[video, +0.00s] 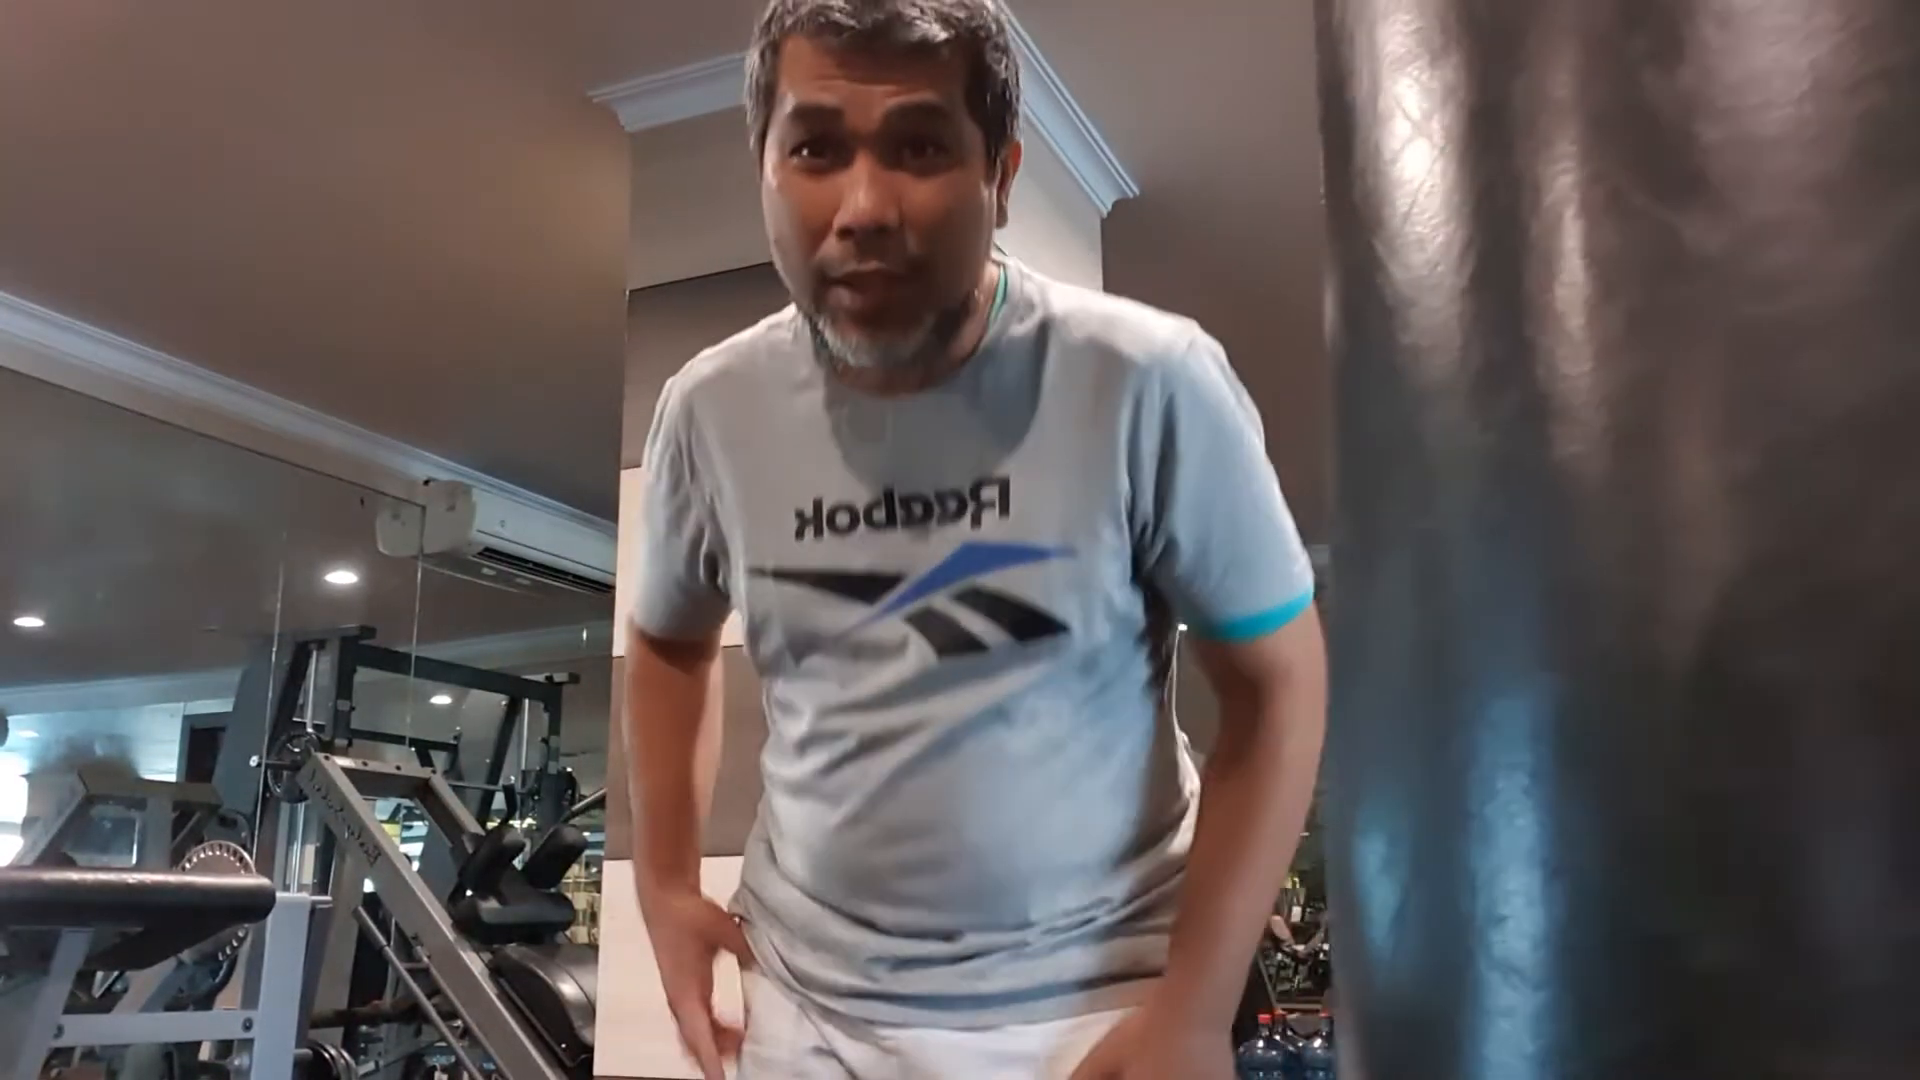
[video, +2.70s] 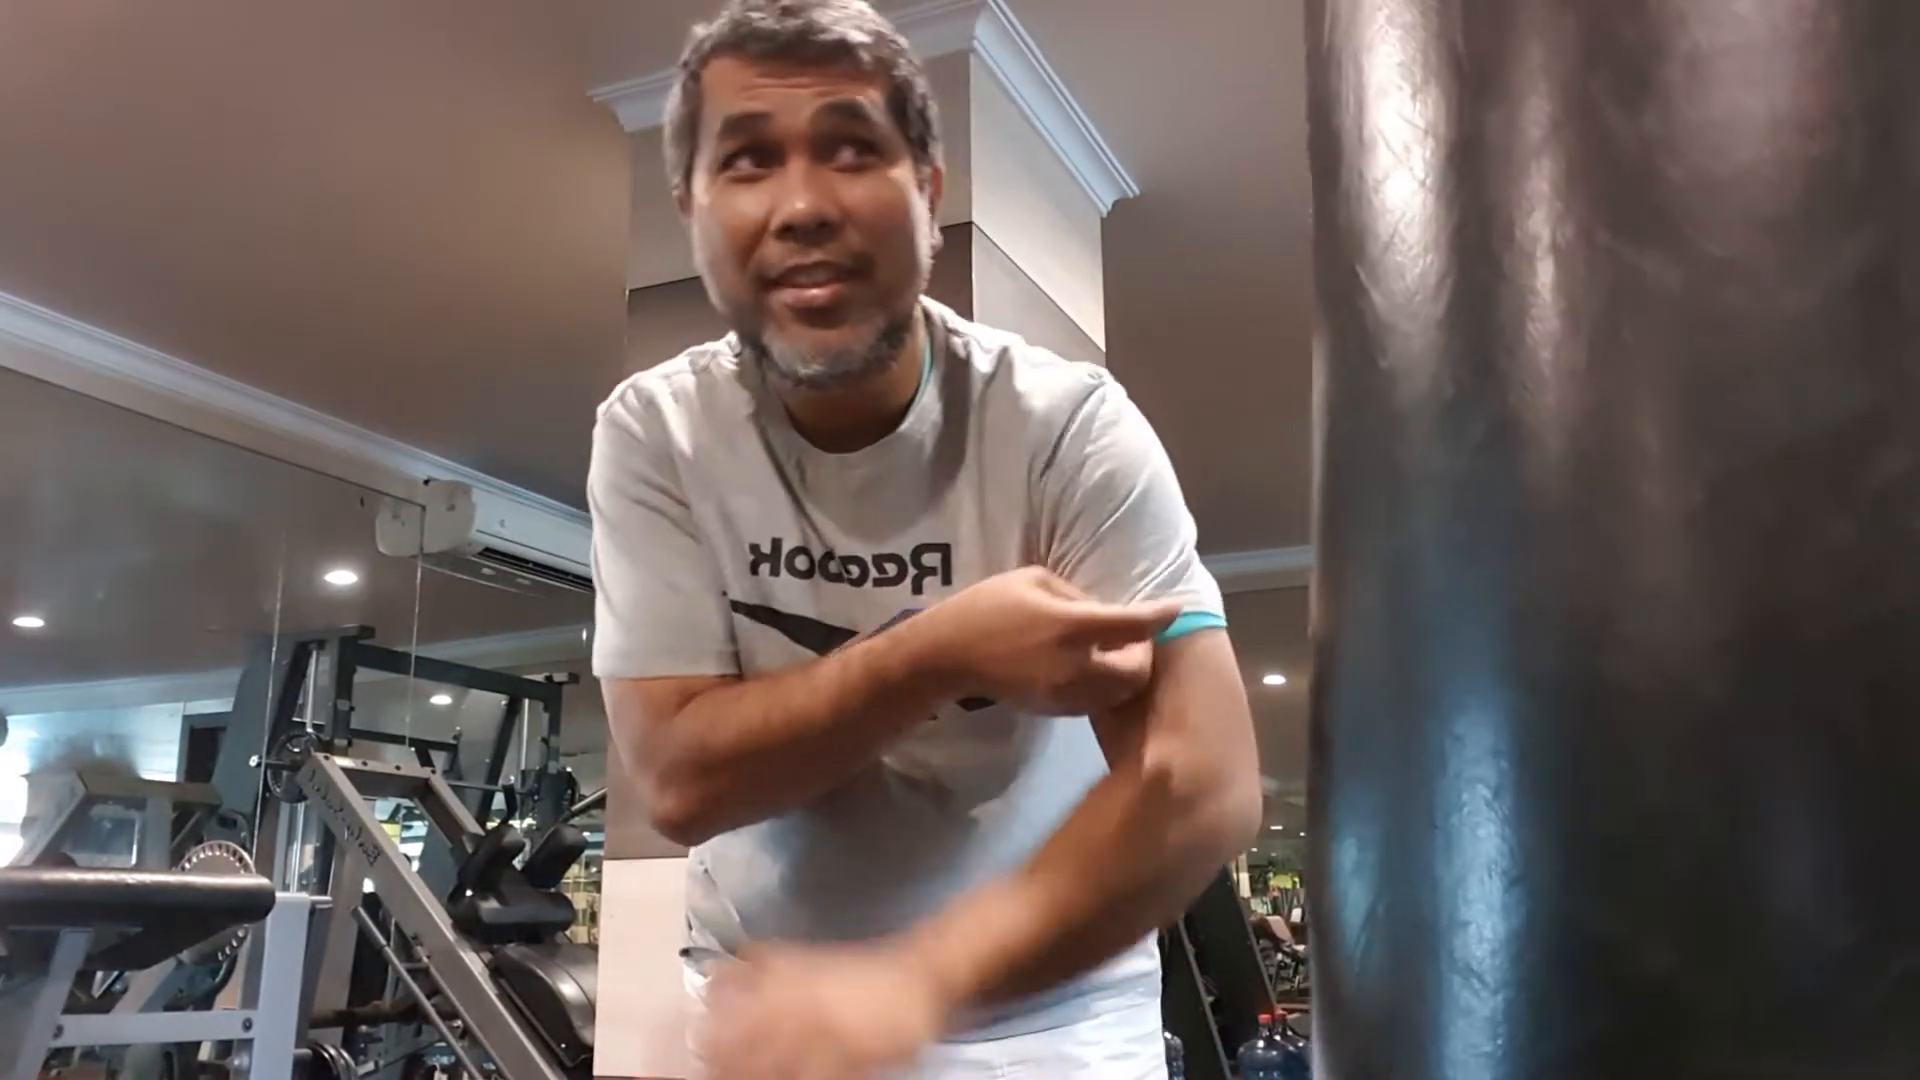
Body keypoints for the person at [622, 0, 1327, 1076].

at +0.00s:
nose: (864, 210)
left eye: (920, 152)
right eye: (818, 151)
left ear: (1002, 170)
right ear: (761, 167)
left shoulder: (1153, 382)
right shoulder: (710, 413)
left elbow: (1279, 683)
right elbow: (666, 644)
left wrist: (1195, 1008)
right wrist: (667, 887)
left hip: (1092, 1013)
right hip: (809, 1009)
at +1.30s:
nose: (869, 214)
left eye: (925, 162)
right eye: (821, 159)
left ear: (1005, 204)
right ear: (765, 197)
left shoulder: (1125, 439)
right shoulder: (686, 437)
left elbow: (1223, 815)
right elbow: (603, 733)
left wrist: (1204, 1067)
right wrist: (760, 936)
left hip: (1063, 1000)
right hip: (792, 991)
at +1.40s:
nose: (867, 211)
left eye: (923, 160)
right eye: (819, 157)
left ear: (1003, 203)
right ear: (763, 193)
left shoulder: (1121, 438)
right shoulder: (687, 433)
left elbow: (1178, 850)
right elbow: (652, 780)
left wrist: (1170, 1072)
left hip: (1050, 1026)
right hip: (777, 1015)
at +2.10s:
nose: (846, 205)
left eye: (905, 154)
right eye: (799, 148)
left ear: (985, 202)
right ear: (744, 187)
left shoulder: (1098, 435)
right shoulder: (673, 399)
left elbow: (1156, 822)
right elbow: (679, 745)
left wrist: (1134, 1073)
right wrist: (979, 662)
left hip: (1022, 1026)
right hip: (754, 1012)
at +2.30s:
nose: (842, 209)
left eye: (898, 158)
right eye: (796, 155)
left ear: (979, 201)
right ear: (737, 187)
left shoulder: (1090, 434)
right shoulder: (671, 403)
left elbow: (1218, 800)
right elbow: (676, 745)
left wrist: (1035, 1058)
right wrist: (960, 628)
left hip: (1048, 1025)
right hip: (763, 1019)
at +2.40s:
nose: (842, 214)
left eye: (900, 161)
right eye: (796, 159)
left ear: (980, 204)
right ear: (736, 190)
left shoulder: (1089, 431)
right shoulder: (671, 407)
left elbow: (1235, 792)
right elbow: (675, 746)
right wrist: (965, 635)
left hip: (1053, 1017)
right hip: (767, 1017)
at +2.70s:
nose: (803, 206)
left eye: (852, 152)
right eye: (749, 162)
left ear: (931, 195)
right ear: (691, 215)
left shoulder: (1067, 422)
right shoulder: (657, 432)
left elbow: (1202, 784)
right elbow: (676, 781)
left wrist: (920, 975)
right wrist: (941, 658)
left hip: (1054, 1004)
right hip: (770, 1002)